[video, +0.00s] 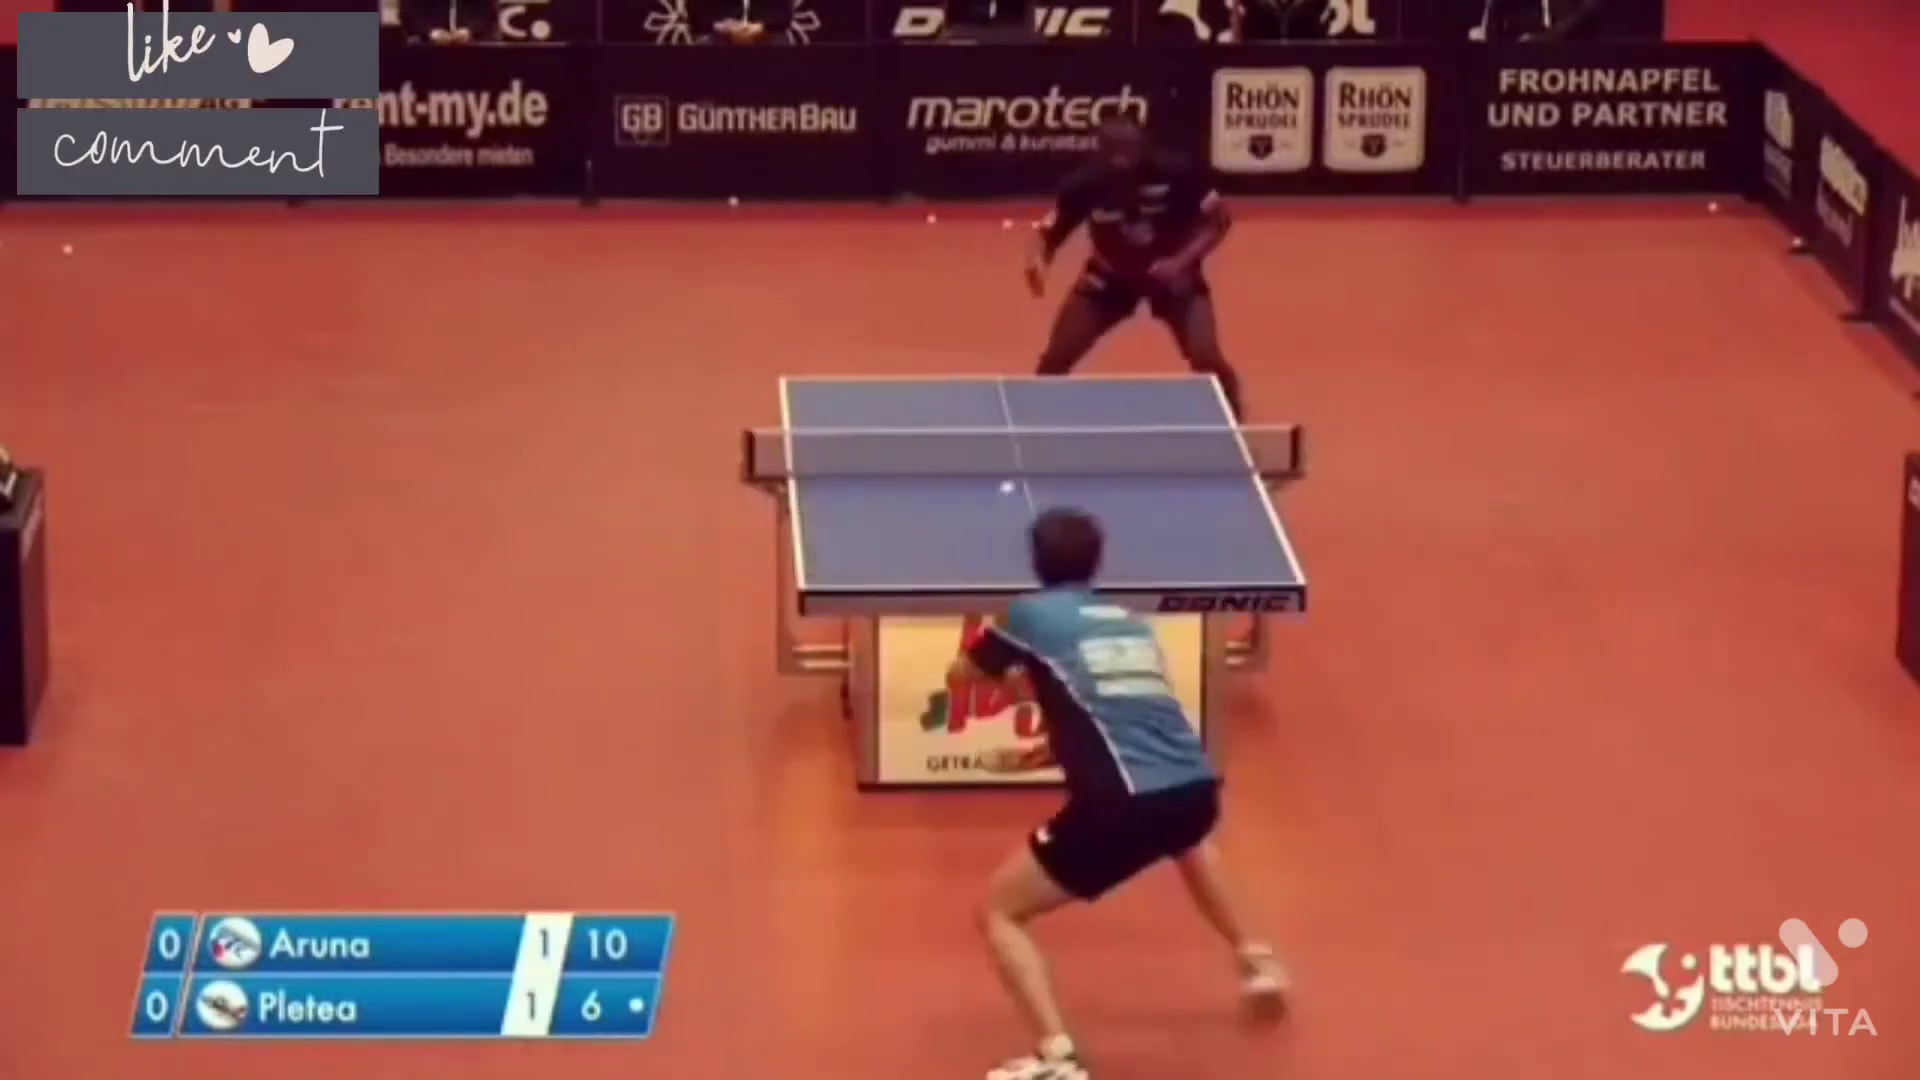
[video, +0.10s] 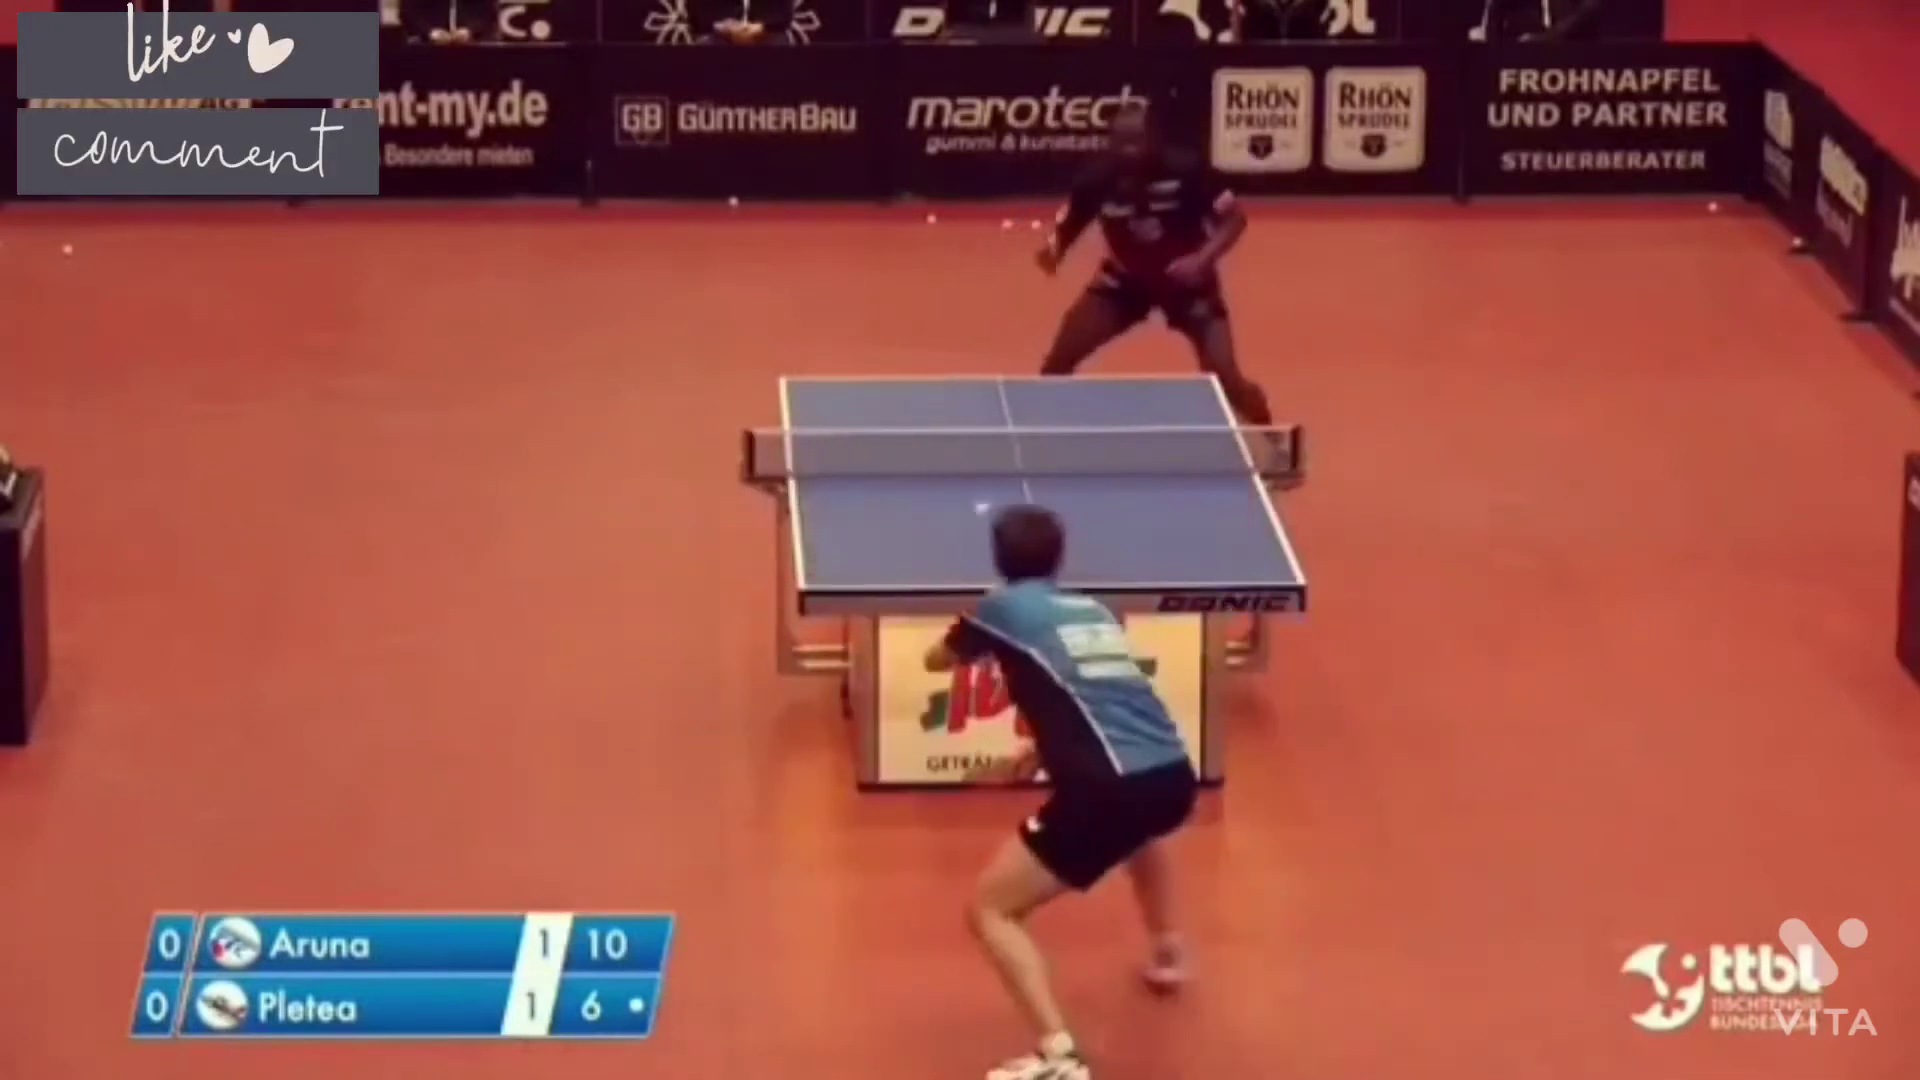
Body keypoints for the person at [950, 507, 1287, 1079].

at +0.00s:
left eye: (1038, 553)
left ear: (1037, 562)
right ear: (1096, 562)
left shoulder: (1030, 615)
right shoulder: (1128, 621)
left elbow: (963, 674)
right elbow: (1121, 718)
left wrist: (1000, 654)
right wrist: (1036, 752)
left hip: (1121, 808)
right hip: (1196, 797)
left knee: (998, 910)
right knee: (1189, 844)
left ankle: (1056, 1050)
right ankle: (1252, 955)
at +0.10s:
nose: (994, 563)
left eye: (997, 554)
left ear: (999, 560)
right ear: (1057, 558)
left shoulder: (1001, 610)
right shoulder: (1091, 607)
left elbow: (938, 659)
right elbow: (1086, 697)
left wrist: (978, 629)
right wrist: (1030, 756)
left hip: (1105, 795)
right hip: (1175, 780)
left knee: (990, 909)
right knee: (1137, 835)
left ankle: (1056, 1048)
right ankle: (1167, 948)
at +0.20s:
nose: (967, 544)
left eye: (968, 536)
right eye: (969, 534)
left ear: (979, 541)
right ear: (1032, 529)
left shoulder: (997, 590)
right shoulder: (1079, 578)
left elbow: (918, 637)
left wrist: (846, 640)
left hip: (1064, 780)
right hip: (1125, 776)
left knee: (954, 894)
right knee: (1064, 828)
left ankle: (1046, 1025)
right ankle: (1053, 937)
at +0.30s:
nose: (966, 544)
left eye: (968, 537)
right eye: (965, 534)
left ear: (978, 544)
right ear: (1034, 532)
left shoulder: (995, 597)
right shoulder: (1085, 594)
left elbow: (926, 636)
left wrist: (842, 663)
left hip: (1037, 791)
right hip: (1098, 793)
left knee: (900, 860)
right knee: (1016, 827)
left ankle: (1008, 971)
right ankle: (1016, 943)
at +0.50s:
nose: (928, 620)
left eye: (930, 611)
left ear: (936, 623)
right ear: (990, 618)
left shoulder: (949, 664)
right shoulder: (1031, 680)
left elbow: (938, 704)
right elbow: (1090, 746)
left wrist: (881, 744)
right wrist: (1093, 718)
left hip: (982, 869)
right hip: (1049, 869)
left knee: (839, 816)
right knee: (979, 807)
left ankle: (907, 953)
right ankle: (1006, 930)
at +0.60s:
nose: (930, 629)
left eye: (931, 621)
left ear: (933, 631)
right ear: (989, 631)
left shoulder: (925, 692)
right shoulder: (1025, 701)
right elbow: (1065, 767)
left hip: (960, 886)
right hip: (1032, 881)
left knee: (831, 817)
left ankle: (905, 946)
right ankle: (1008, 929)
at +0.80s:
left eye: (963, 507)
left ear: (964, 516)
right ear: (1023, 523)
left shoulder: (923, 576)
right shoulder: (1043, 603)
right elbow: (1074, 682)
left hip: (906, 774)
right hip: (994, 781)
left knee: (840, 788)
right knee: (1057, 763)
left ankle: (804, 911)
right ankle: (1055, 917)